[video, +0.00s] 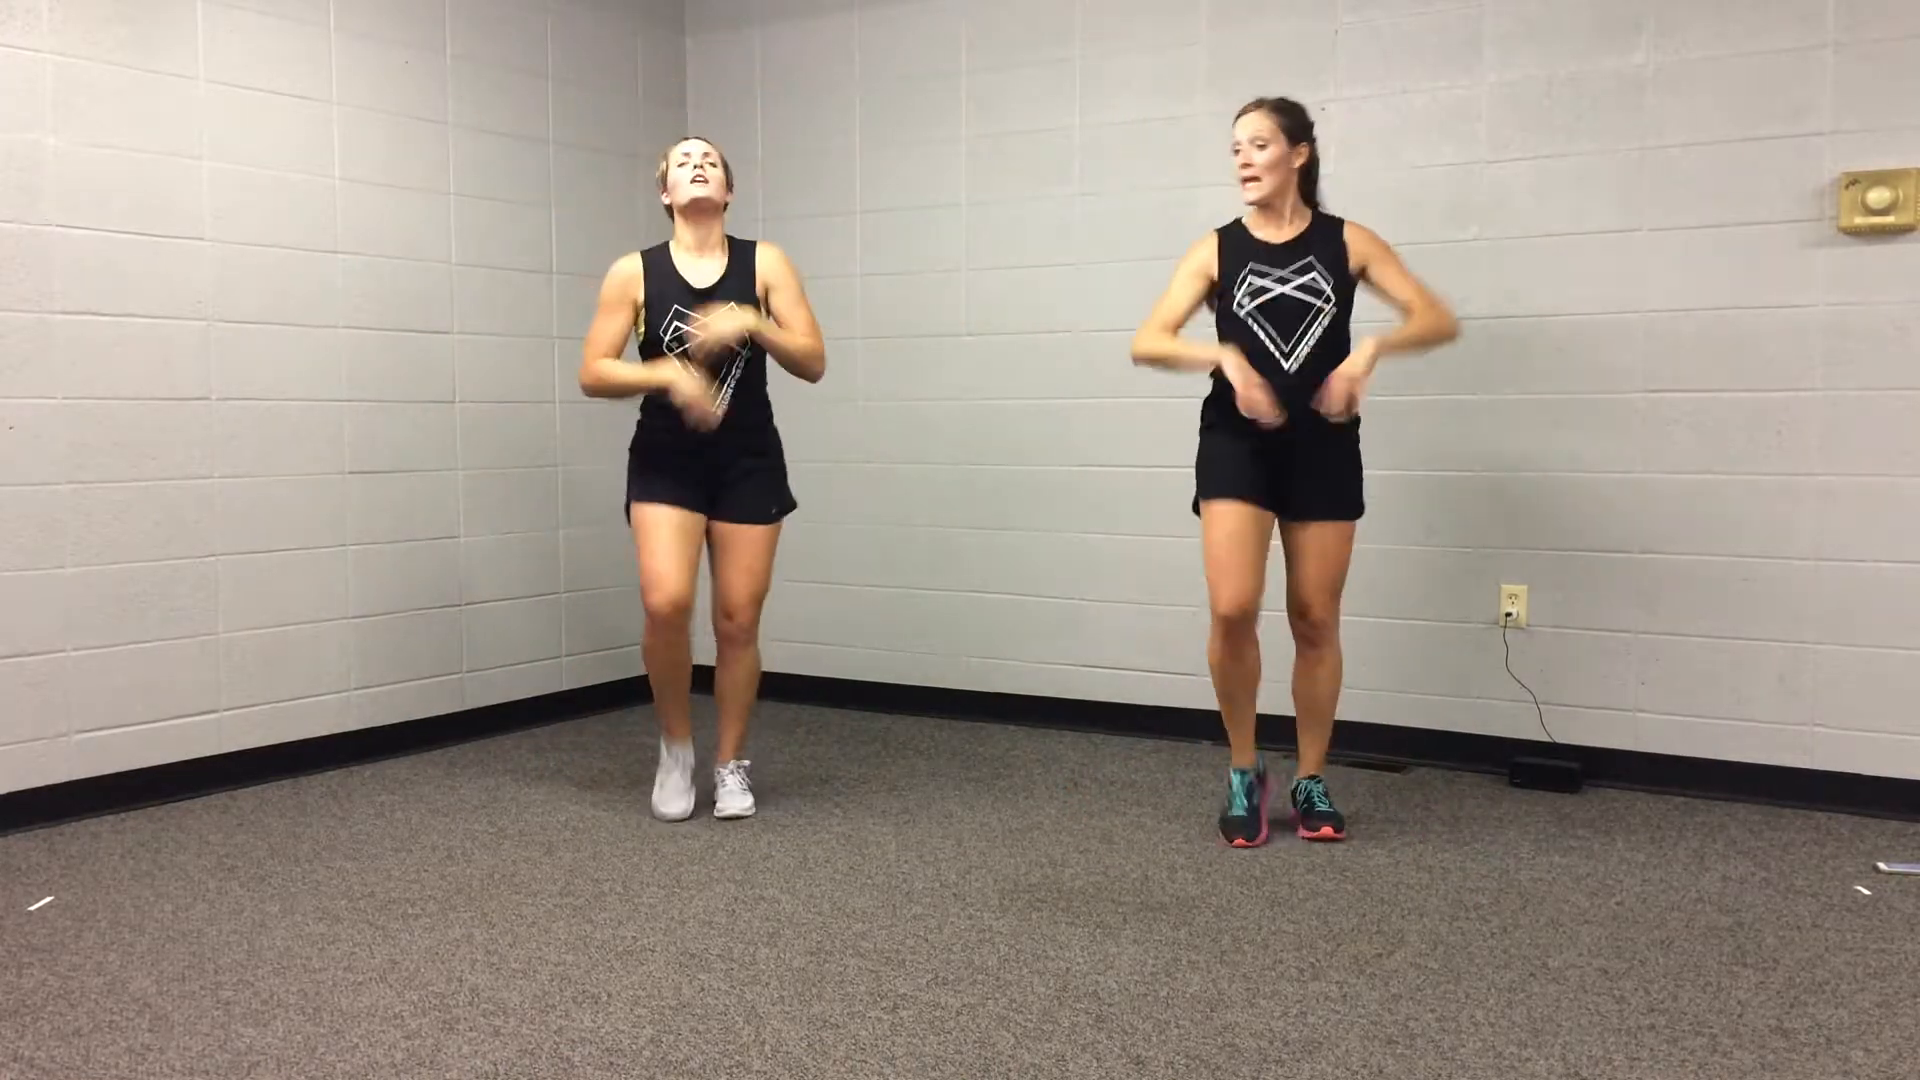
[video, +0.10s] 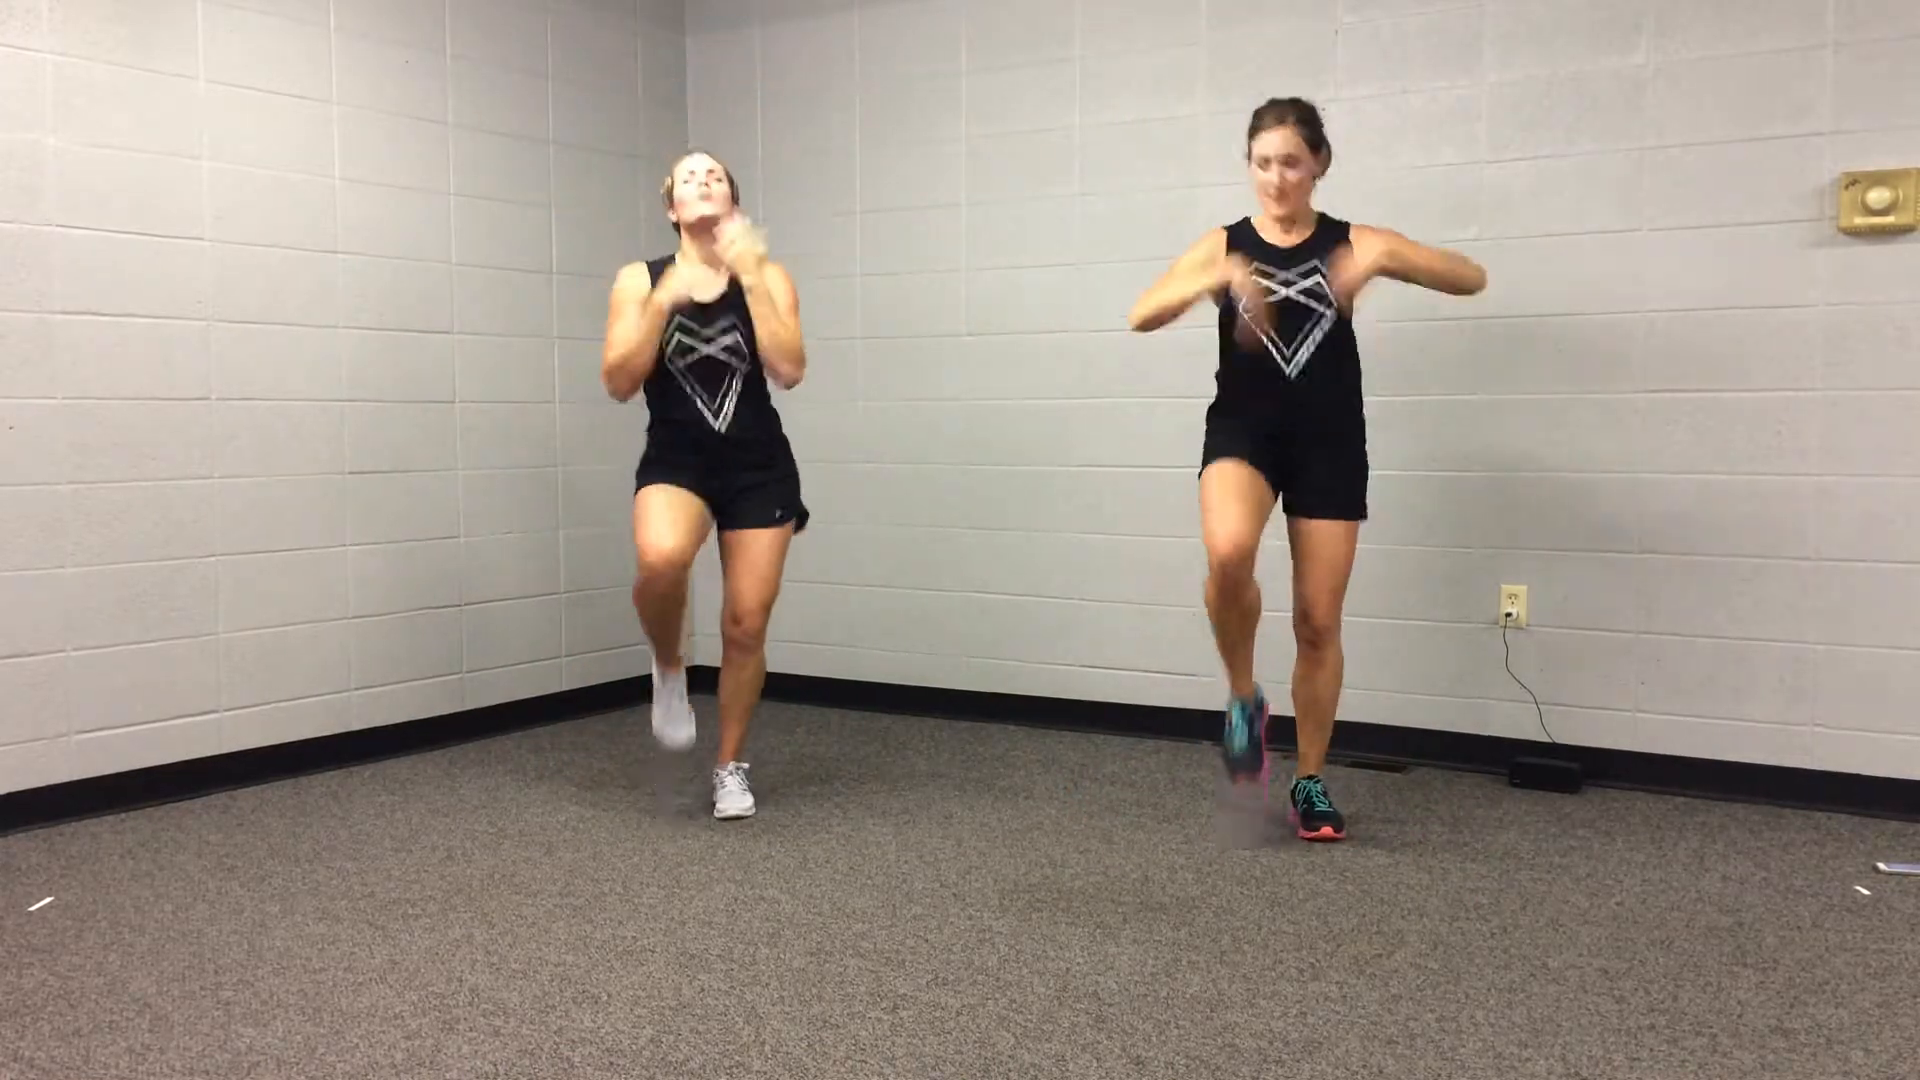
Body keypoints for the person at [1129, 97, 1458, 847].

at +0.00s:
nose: (1243, 160)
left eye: (1258, 147)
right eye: (1238, 149)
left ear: (1300, 154)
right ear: (1233, 161)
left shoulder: (1350, 242)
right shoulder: (1215, 252)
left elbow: (1440, 321)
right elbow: (1147, 344)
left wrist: (1371, 349)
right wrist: (1223, 357)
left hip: (1324, 448)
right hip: (1236, 446)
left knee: (1315, 619)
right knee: (1232, 612)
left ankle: (1309, 782)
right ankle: (1243, 772)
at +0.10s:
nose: (1276, 176)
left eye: (1291, 162)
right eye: (1264, 162)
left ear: (1320, 164)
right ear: (1248, 167)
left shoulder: (1359, 244)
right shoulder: (1222, 247)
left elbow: (1472, 278)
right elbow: (1141, 317)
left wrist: (1388, 257)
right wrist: (1210, 282)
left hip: (1328, 441)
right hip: (1242, 434)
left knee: (1319, 622)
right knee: (1227, 556)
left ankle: (1311, 778)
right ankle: (1245, 697)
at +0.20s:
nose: (1297, 191)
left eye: (1308, 178)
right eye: (1283, 178)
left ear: (1323, 180)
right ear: (1255, 179)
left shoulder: (1347, 257)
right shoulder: (1232, 251)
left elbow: (1425, 286)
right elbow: (1184, 315)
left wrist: (1383, 205)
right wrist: (1241, 222)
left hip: (1331, 444)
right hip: (1249, 433)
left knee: (1320, 630)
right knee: (1239, 513)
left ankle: (1310, 780)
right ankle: (1246, 652)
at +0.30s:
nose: (1294, 175)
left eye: (1306, 162)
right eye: (1280, 163)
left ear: (1325, 168)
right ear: (1253, 170)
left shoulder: (1357, 247)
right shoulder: (1231, 247)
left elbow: (1384, 325)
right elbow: (1223, 331)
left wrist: (1349, 252)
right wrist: (1268, 253)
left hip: (1330, 434)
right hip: (1246, 426)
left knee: (1319, 618)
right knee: (1245, 547)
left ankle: (1310, 779)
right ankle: (1254, 685)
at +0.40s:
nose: (1292, 151)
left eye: (1304, 139)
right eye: (1276, 141)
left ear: (1322, 151)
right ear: (1254, 157)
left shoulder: (1359, 240)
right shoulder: (1226, 241)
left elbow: (1367, 339)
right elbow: (1222, 340)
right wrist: (1277, 360)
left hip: (1331, 426)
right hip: (1243, 426)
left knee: (1316, 614)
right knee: (1250, 611)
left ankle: (1307, 780)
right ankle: (1248, 775)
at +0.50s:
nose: (1286, 139)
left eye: (1299, 130)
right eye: (1272, 132)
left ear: (1321, 155)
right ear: (1252, 158)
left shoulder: (1356, 250)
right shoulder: (1221, 248)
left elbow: (1371, 359)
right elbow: (1213, 358)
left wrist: (1389, 463)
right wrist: (1217, 451)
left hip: (1330, 453)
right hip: (1245, 452)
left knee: (1315, 616)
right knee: (1245, 617)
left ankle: (1309, 780)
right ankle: (1244, 780)